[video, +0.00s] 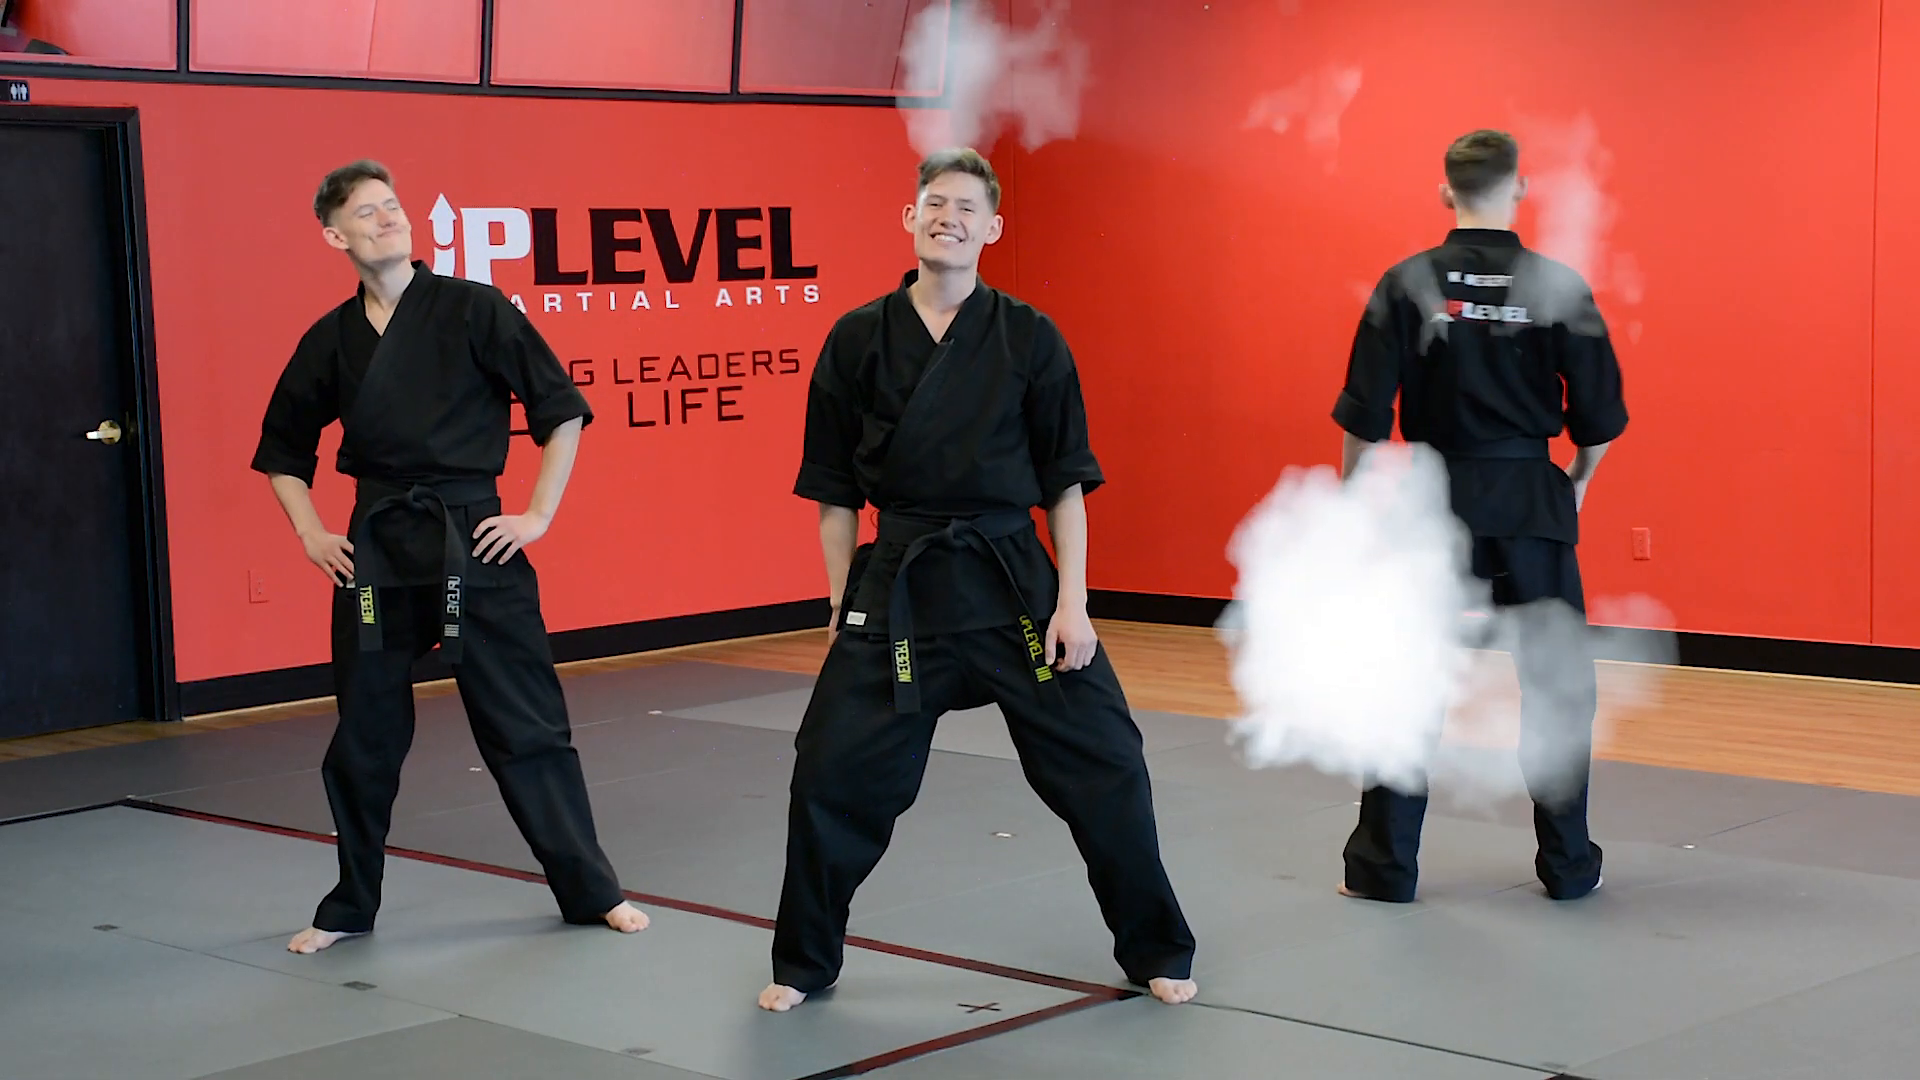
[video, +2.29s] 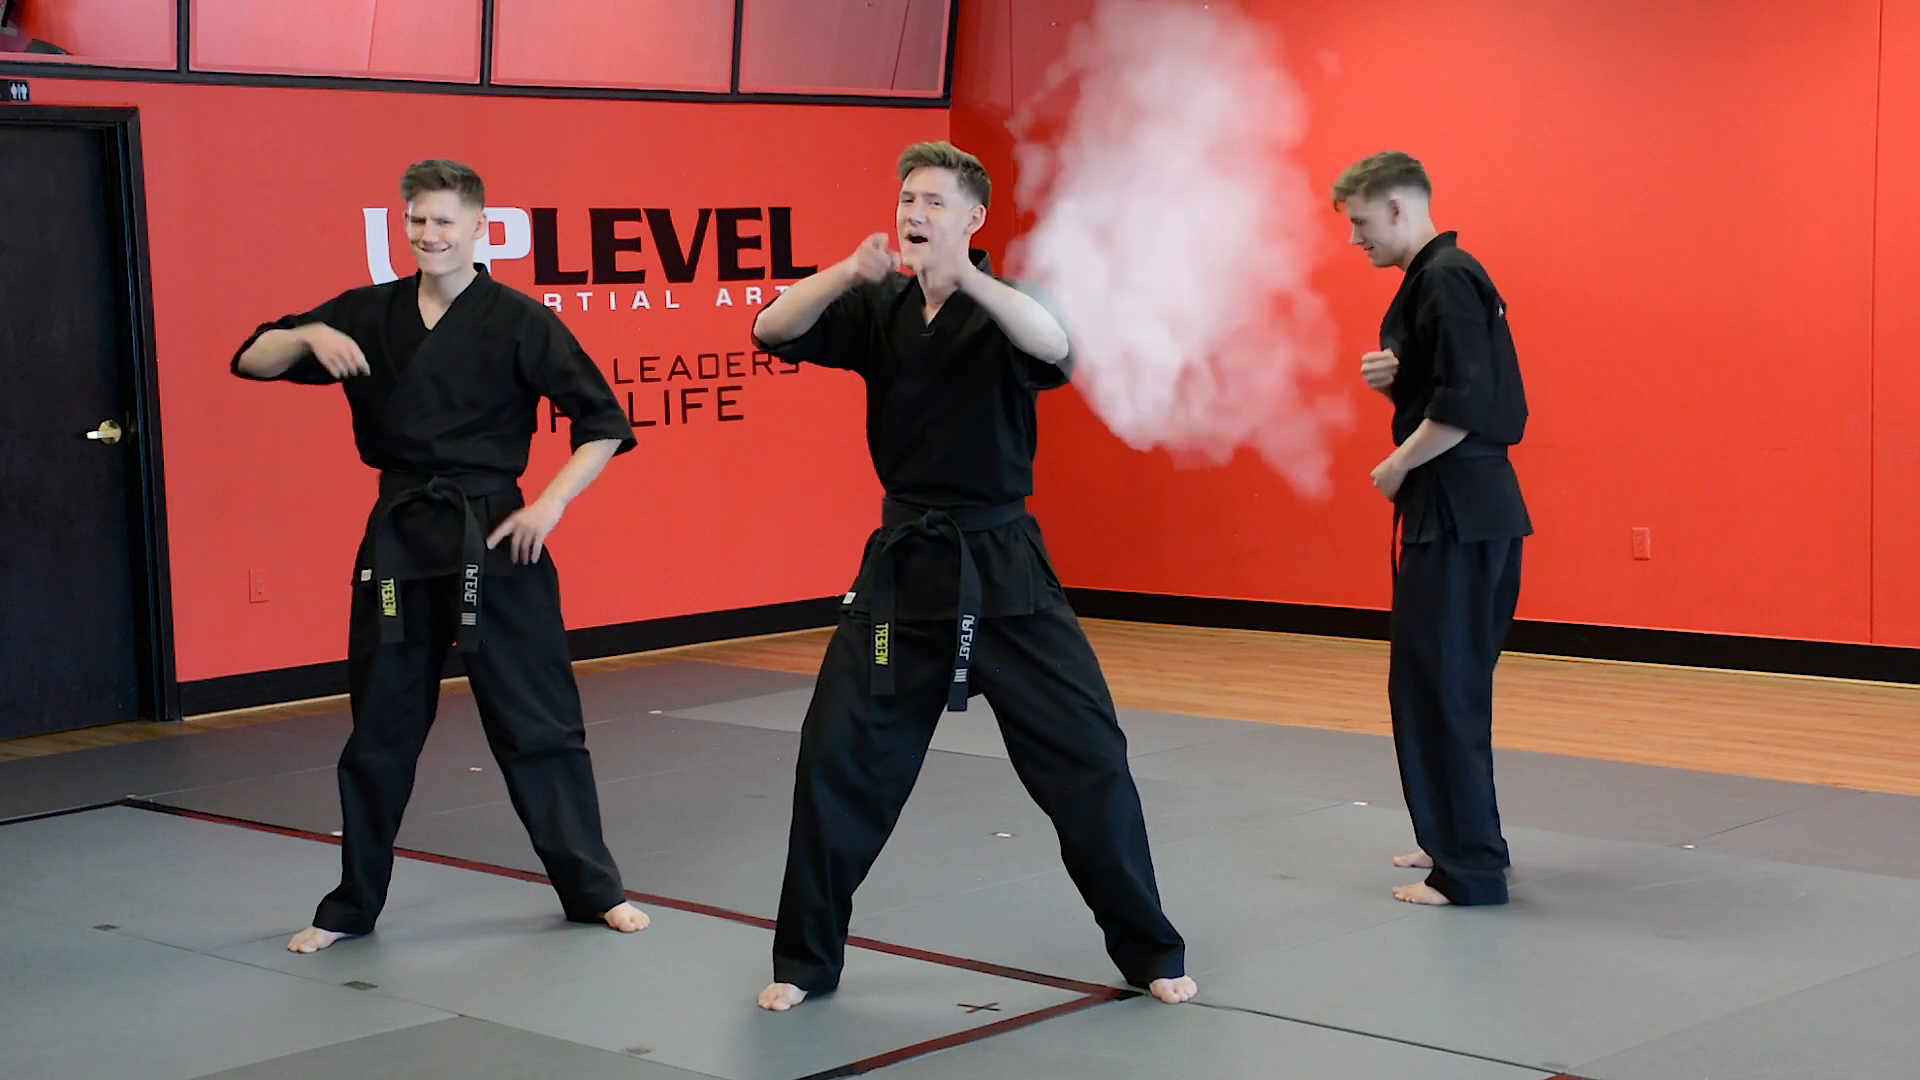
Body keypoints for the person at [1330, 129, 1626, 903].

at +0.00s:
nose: (1488, 200)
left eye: (1456, 189)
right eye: (1511, 187)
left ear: (1446, 192)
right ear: (1518, 190)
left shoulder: (1406, 284)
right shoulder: (1559, 287)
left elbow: (1364, 415)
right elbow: (1599, 414)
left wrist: (1350, 514)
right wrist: (1573, 484)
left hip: (1433, 510)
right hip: (1534, 510)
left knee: (1409, 675)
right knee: (1556, 679)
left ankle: (1386, 865)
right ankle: (1567, 862)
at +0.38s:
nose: (1395, 207)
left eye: (1408, 194)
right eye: (1396, 193)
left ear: (1457, 199)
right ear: (1461, 205)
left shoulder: (1417, 284)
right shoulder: (1528, 283)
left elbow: (1398, 411)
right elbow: (1563, 416)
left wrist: (1361, 484)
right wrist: (1508, 470)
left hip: (1428, 506)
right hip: (1506, 506)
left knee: (1396, 695)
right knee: (1501, 689)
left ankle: (1420, 876)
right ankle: (1557, 847)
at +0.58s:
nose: (1403, 204)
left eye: (1420, 191)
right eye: (1396, 191)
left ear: (1458, 196)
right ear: (1392, 197)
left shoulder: (1443, 280)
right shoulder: (1493, 283)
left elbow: (1464, 406)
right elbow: (1504, 416)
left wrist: (1388, 487)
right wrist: (1415, 451)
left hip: (1441, 514)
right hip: (1478, 513)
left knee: (1399, 685)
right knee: (1439, 684)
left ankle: (1419, 873)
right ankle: (1473, 844)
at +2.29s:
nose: (1357, 241)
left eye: (1362, 224)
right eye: (1352, 227)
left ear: (1400, 208)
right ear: (1399, 211)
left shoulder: (1447, 280)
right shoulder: (1434, 279)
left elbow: (1467, 402)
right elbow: (1433, 379)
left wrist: (1399, 464)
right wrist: (1386, 372)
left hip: (1464, 522)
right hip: (1447, 518)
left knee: (1443, 690)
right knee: (1429, 685)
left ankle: (1471, 871)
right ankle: (1456, 841)